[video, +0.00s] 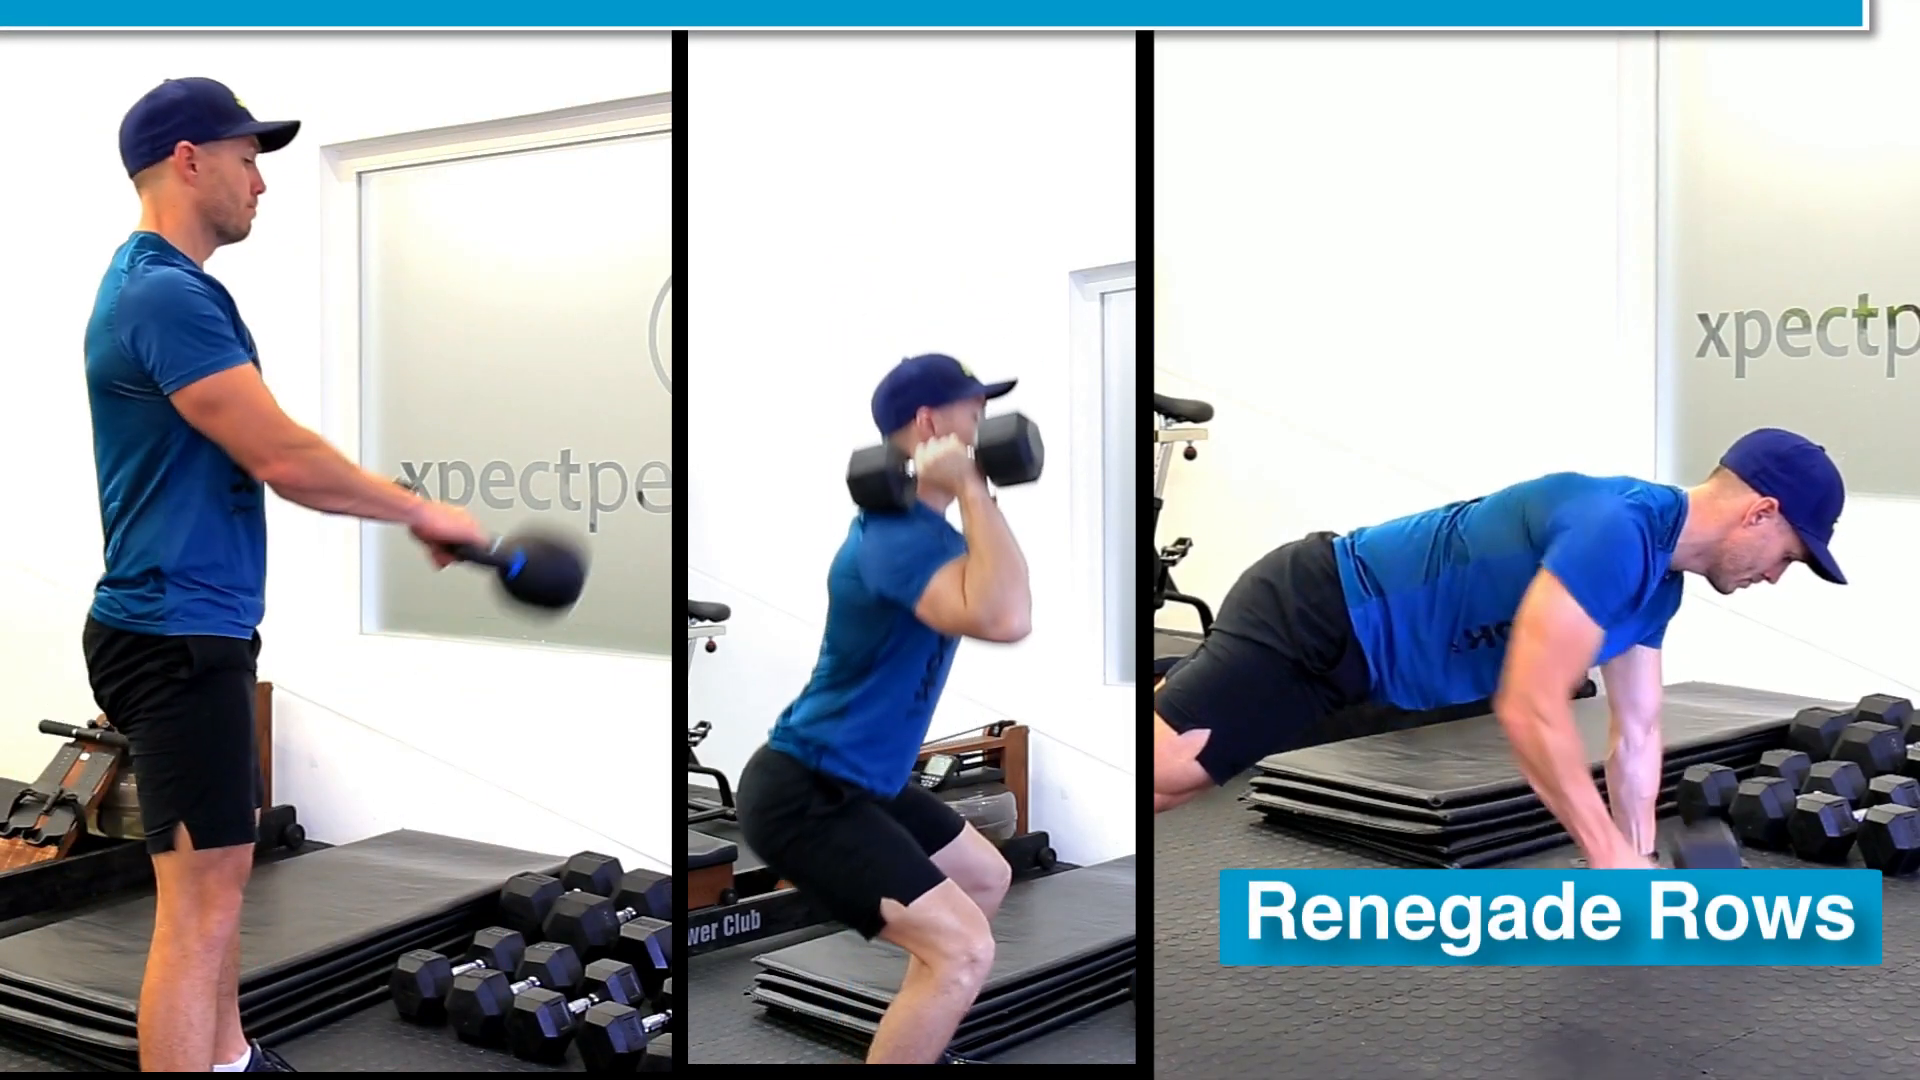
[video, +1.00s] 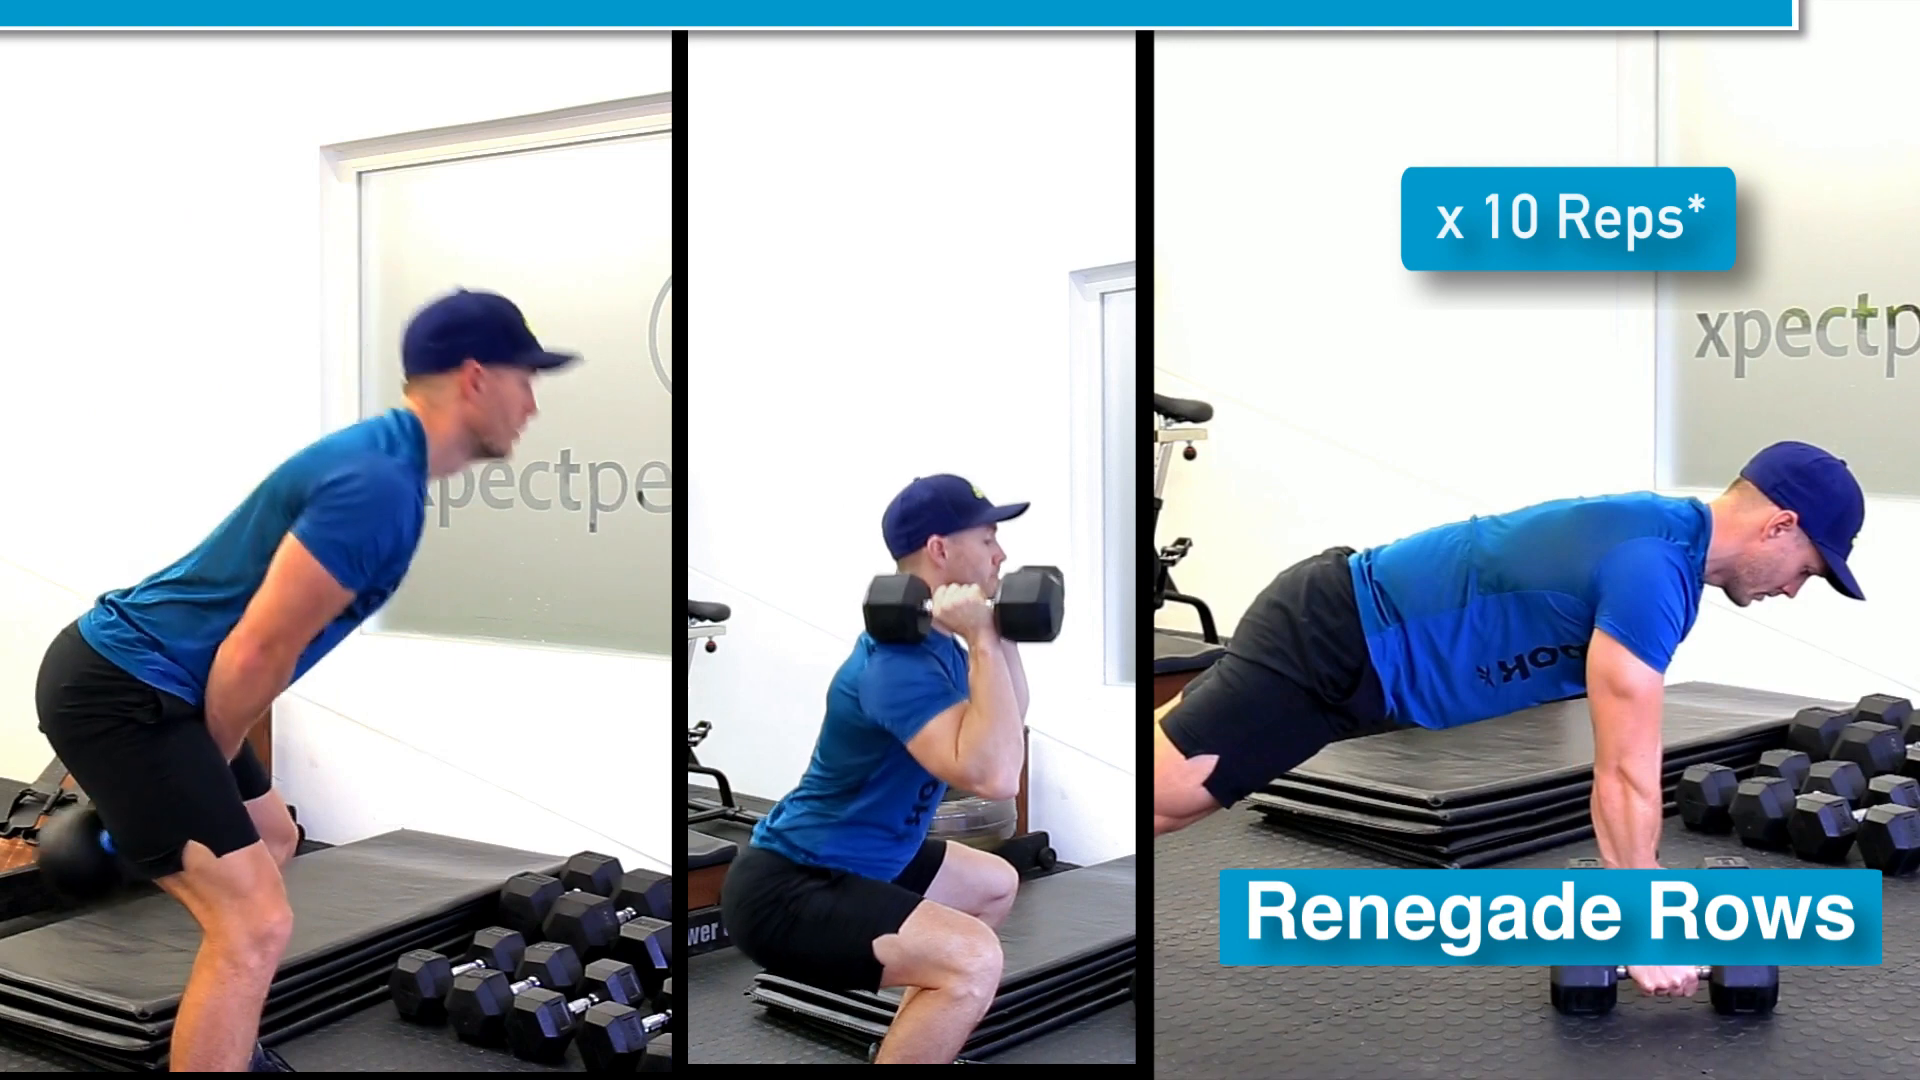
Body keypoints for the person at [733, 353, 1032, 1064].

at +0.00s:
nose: (981, 434)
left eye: (980, 421)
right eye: (972, 420)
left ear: (921, 428)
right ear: (926, 424)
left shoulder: (926, 527)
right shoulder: (890, 536)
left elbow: (999, 608)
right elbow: (1005, 618)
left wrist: (976, 489)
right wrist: (970, 487)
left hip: (865, 779)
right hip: (805, 793)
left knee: (986, 878)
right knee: (960, 952)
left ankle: (915, 1034)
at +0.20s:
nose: (987, 465)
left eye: (986, 452)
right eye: (978, 451)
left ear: (927, 464)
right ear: (930, 461)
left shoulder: (929, 558)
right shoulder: (893, 572)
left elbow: (1005, 642)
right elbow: (1002, 661)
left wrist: (982, 526)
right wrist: (973, 526)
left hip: (855, 801)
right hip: (799, 819)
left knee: (990, 880)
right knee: (966, 955)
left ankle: (916, 1037)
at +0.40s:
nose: (996, 509)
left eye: (991, 494)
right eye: (984, 495)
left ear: (937, 513)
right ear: (937, 510)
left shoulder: (934, 608)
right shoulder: (895, 619)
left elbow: (1005, 708)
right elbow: (997, 720)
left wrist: (988, 582)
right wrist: (977, 583)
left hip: (851, 829)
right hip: (789, 853)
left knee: (992, 883)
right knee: (968, 955)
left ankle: (909, 1023)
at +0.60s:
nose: (1001, 551)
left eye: (997, 534)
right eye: (988, 535)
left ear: (941, 548)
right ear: (941, 548)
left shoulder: (940, 641)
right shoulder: (897, 656)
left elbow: (1012, 720)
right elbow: (996, 770)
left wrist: (995, 622)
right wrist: (982, 632)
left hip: (851, 853)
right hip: (785, 883)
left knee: (993, 884)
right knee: (969, 958)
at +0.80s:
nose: (1001, 565)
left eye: (996, 548)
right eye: (988, 549)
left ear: (942, 561)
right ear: (941, 561)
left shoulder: (945, 651)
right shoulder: (894, 672)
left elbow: (1014, 730)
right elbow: (994, 785)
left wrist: (995, 632)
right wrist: (982, 648)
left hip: (855, 864)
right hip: (785, 893)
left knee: (994, 885)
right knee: (970, 960)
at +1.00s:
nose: (1000, 556)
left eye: (995, 538)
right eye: (986, 539)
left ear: (939, 552)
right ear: (938, 551)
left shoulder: (940, 646)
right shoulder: (895, 662)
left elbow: (1011, 723)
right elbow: (992, 777)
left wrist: (995, 627)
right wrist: (983, 642)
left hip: (856, 854)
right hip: (789, 884)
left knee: (995, 884)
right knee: (972, 960)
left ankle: (916, 1032)